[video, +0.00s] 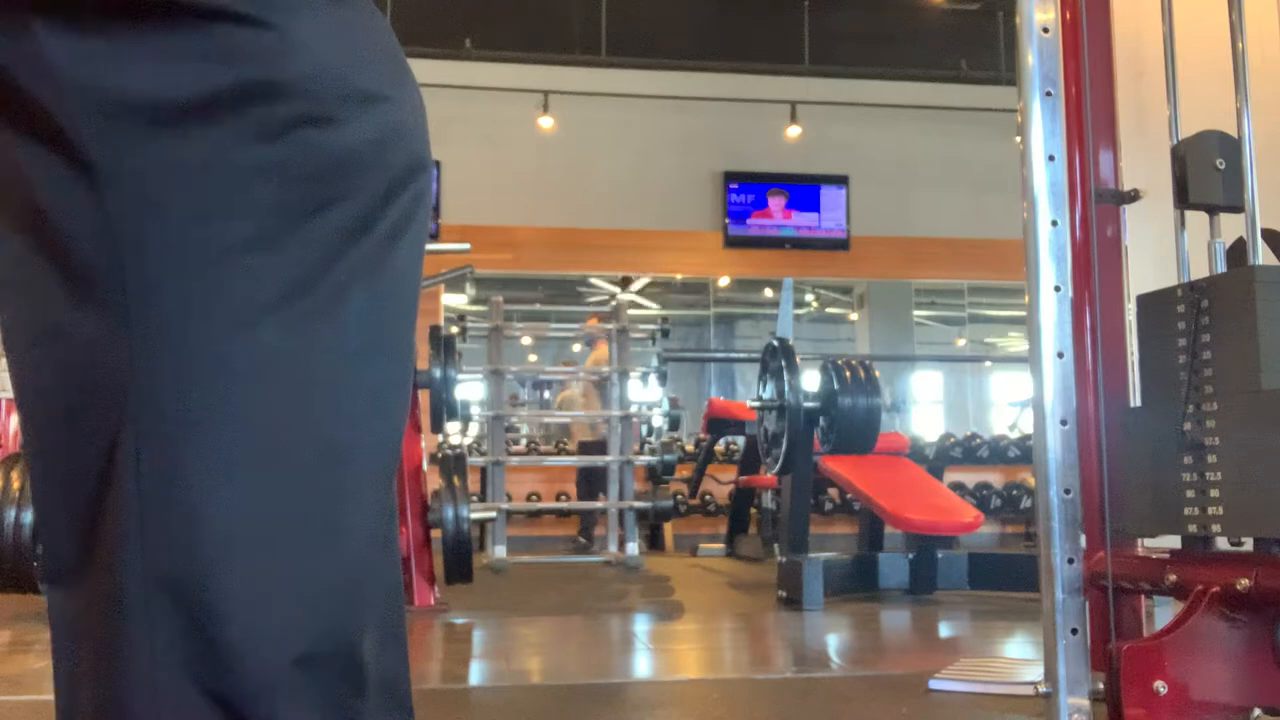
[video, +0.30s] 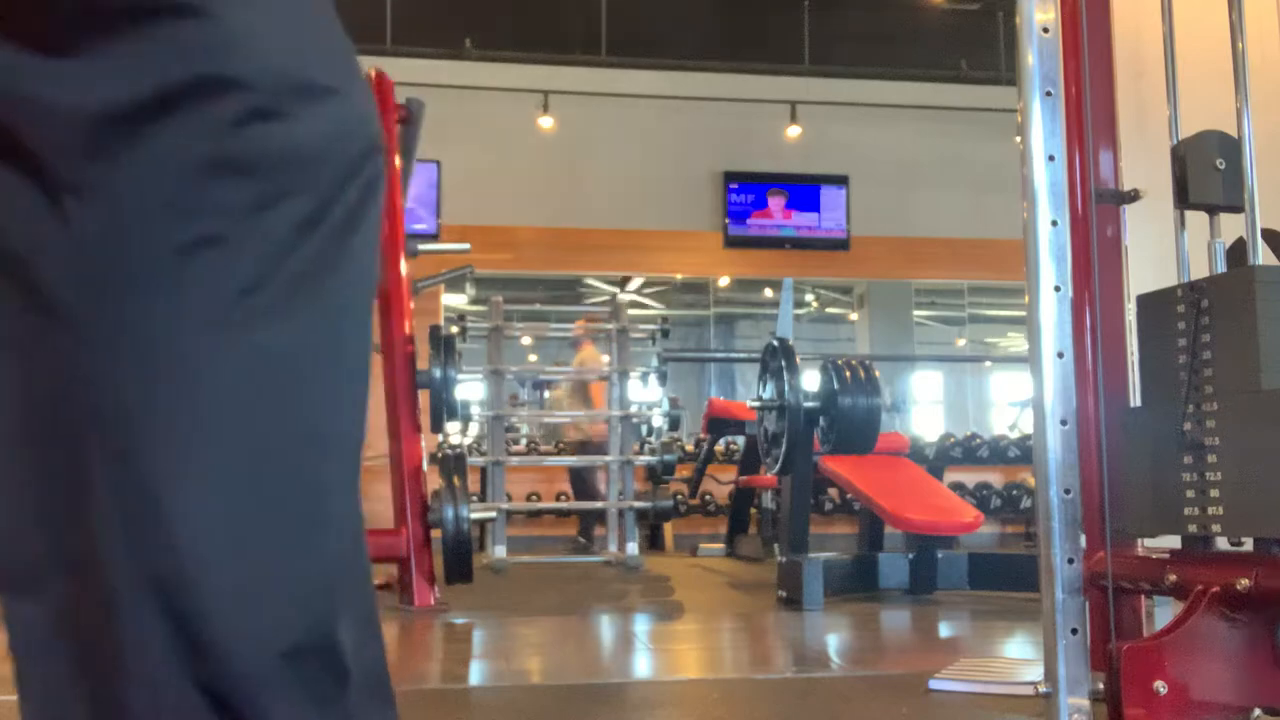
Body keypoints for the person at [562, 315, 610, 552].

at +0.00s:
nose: (586, 336)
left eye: (588, 331)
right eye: (586, 331)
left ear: (596, 332)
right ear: (601, 332)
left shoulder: (598, 356)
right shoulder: (604, 354)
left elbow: (588, 392)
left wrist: (597, 425)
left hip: (593, 434)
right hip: (598, 433)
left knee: (586, 487)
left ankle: (585, 534)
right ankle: (585, 532)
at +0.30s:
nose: (573, 335)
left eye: (576, 331)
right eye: (574, 331)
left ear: (585, 334)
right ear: (586, 335)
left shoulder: (587, 357)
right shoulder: (588, 356)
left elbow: (592, 392)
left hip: (586, 434)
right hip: (585, 433)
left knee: (582, 483)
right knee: (585, 484)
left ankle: (586, 535)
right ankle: (585, 533)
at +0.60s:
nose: (569, 329)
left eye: (573, 325)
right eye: (569, 325)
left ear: (582, 330)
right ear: (579, 331)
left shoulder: (584, 357)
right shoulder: (579, 356)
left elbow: (565, 387)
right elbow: (565, 388)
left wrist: (541, 408)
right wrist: (545, 404)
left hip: (581, 431)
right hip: (573, 431)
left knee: (571, 481)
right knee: (575, 482)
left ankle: (602, 525)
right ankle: (583, 532)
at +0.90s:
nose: (563, 331)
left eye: (567, 326)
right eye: (563, 326)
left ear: (578, 330)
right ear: (573, 330)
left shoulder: (580, 357)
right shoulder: (574, 356)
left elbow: (565, 389)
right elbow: (561, 391)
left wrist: (543, 401)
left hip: (576, 431)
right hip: (570, 430)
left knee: (562, 477)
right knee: (571, 480)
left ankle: (585, 530)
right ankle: (583, 530)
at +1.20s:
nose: (556, 336)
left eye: (560, 332)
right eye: (560, 331)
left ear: (563, 334)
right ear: (574, 335)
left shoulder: (567, 357)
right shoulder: (574, 355)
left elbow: (571, 393)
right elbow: (573, 395)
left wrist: (580, 427)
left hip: (563, 433)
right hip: (573, 432)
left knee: (558, 486)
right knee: (579, 486)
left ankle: (566, 540)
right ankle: (585, 538)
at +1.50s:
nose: (553, 335)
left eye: (555, 331)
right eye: (556, 331)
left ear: (557, 333)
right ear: (571, 334)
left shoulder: (558, 358)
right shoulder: (572, 356)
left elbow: (561, 393)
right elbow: (570, 392)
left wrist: (558, 424)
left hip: (561, 427)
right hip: (573, 425)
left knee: (556, 481)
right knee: (570, 480)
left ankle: (566, 539)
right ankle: (583, 536)